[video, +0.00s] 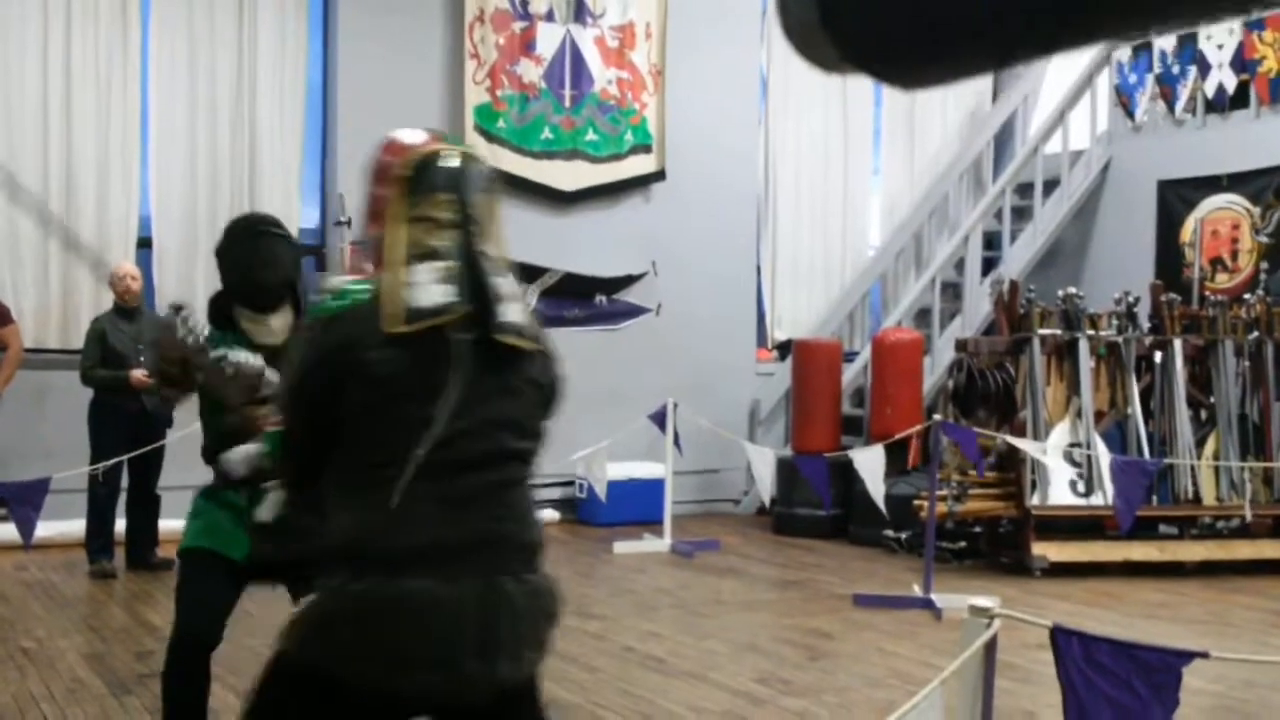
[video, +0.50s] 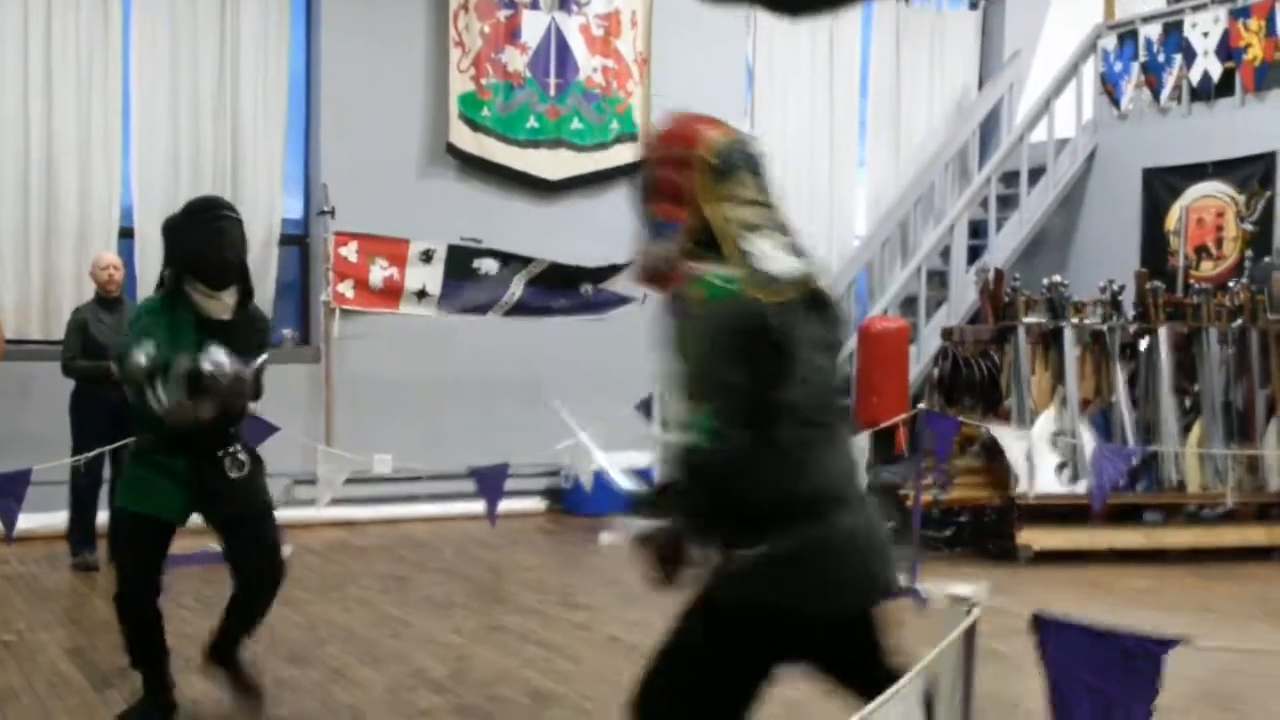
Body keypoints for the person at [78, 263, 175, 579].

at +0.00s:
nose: (128, 284)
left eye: (133, 278)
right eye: (121, 278)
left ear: (143, 283)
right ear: (112, 286)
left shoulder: (160, 325)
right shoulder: (101, 326)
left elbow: (176, 366)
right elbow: (88, 374)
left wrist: (165, 399)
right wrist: (126, 377)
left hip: (151, 416)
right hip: (110, 416)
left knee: (145, 488)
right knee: (104, 487)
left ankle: (142, 553)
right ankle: (100, 556)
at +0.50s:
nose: (111, 274)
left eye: (116, 268)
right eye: (105, 269)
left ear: (124, 273)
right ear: (93, 275)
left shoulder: (135, 315)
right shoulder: (82, 317)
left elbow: (147, 352)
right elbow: (69, 364)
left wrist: (133, 370)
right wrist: (108, 368)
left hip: (129, 406)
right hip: (91, 406)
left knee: (126, 478)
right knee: (87, 478)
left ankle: (123, 549)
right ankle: (83, 548)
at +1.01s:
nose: (100, 269)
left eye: (105, 264)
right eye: (94, 263)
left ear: (111, 269)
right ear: (81, 270)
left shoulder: (125, 311)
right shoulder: (69, 311)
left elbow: (137, 359)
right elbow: (54, 360)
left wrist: (130, 396)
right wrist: (93, 361)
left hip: (117, 404)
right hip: (77, 404)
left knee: (111, 477)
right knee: (70, 475)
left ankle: (108, 542)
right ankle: (66, 546)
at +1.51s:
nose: (35, 264)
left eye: (40, 258)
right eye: (28, 258)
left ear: (46, 265)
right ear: (14, 266)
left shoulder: (61, 307)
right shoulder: (6, 306)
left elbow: (75, 352)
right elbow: (2, 354)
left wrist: (70, 389)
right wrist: (29, 359)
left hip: (53, 404)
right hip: (13, 405)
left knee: (49, 478)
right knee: (10, 477)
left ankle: (46, 542)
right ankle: (6, 544)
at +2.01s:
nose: (33, 263)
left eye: (37, 257)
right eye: (25, 257)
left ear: (43, 264)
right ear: (11, 265)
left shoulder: (58, 306)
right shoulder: (4, 305)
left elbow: (73, 352)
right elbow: (1, 352)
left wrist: (67, 391)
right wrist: (25, 357)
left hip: (50, 404)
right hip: (10, 404)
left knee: (45, 478)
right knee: (6, 477)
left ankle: (42, 542)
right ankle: (4, 544)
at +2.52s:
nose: (25, 262)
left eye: (29, 256)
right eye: (18, 256)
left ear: (34, 263)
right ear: (3, 264)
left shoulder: (47, 304)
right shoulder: (2, 302)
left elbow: (62, 350)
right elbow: (1, 351)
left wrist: (58, 391)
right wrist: (18, 356)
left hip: (40, 402)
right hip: (5, 402)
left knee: (36, 475)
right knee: (2, 475)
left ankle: (32, 541)